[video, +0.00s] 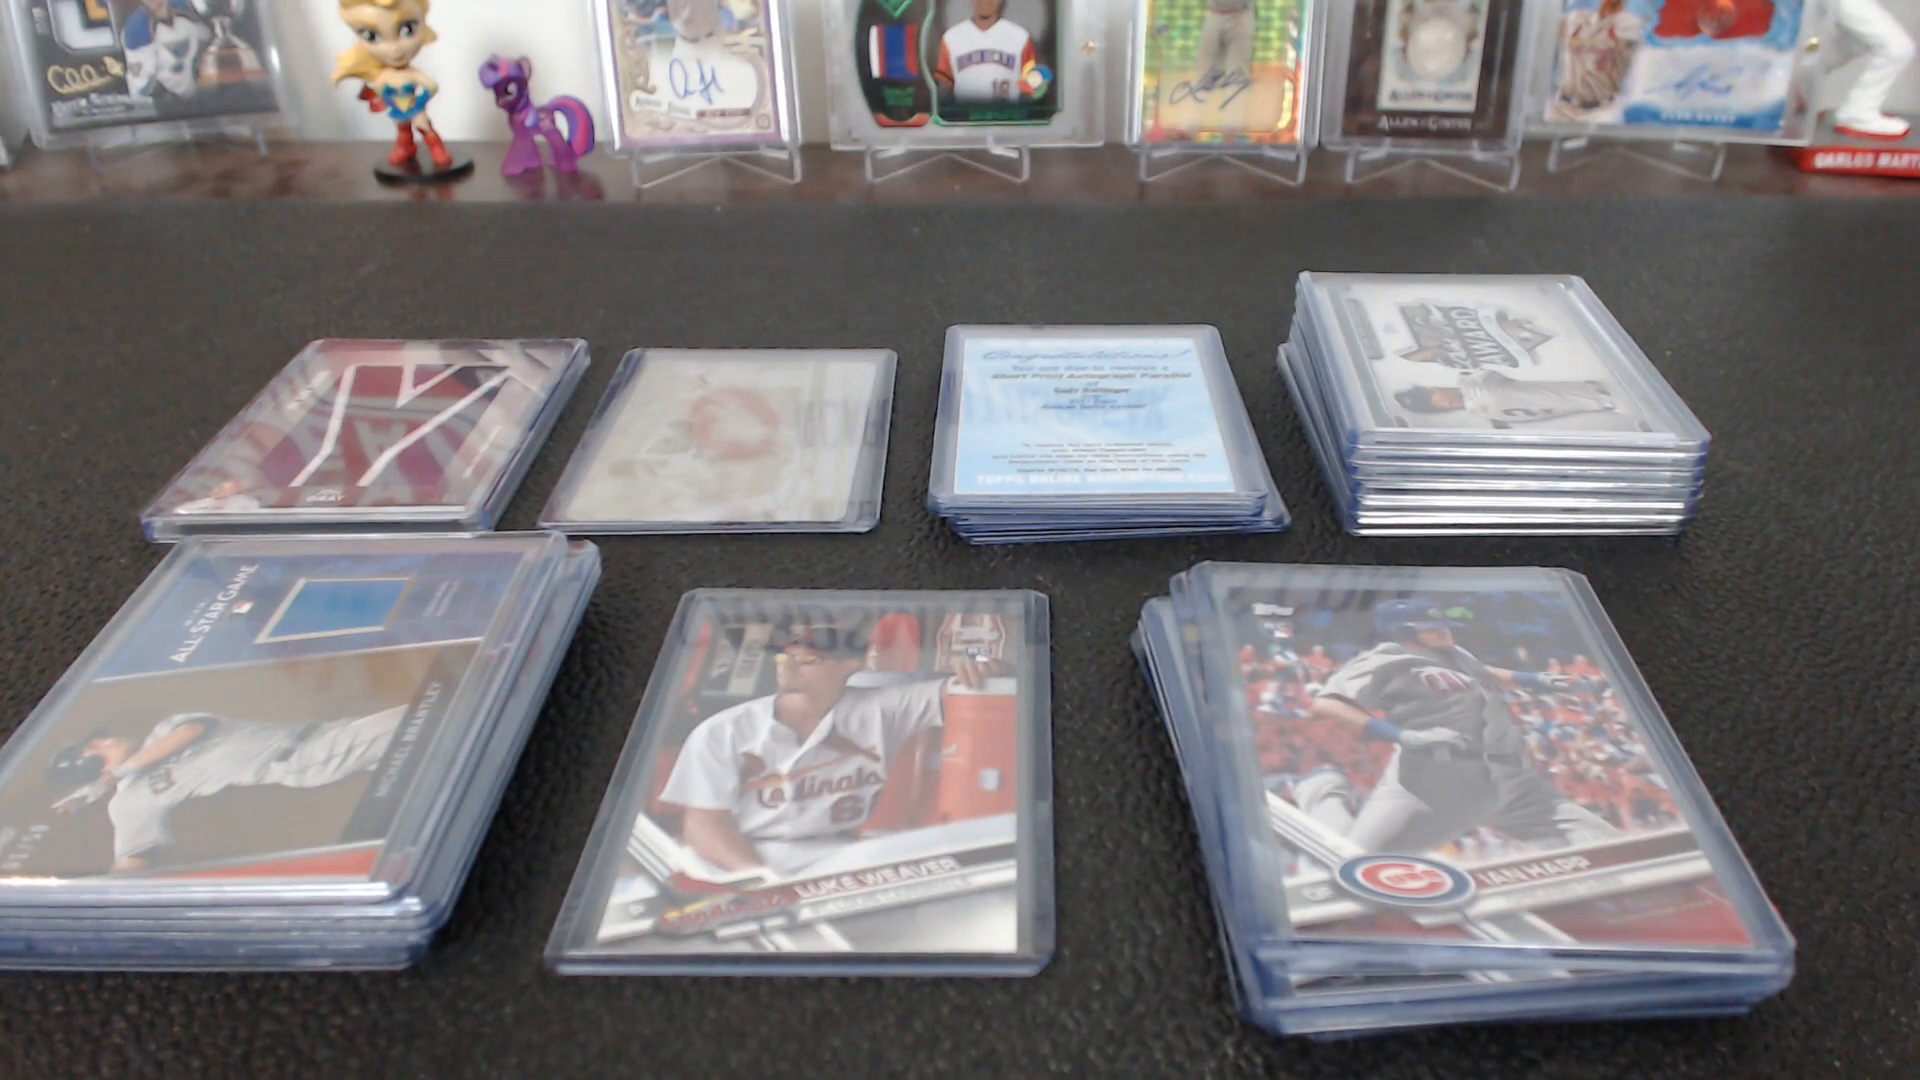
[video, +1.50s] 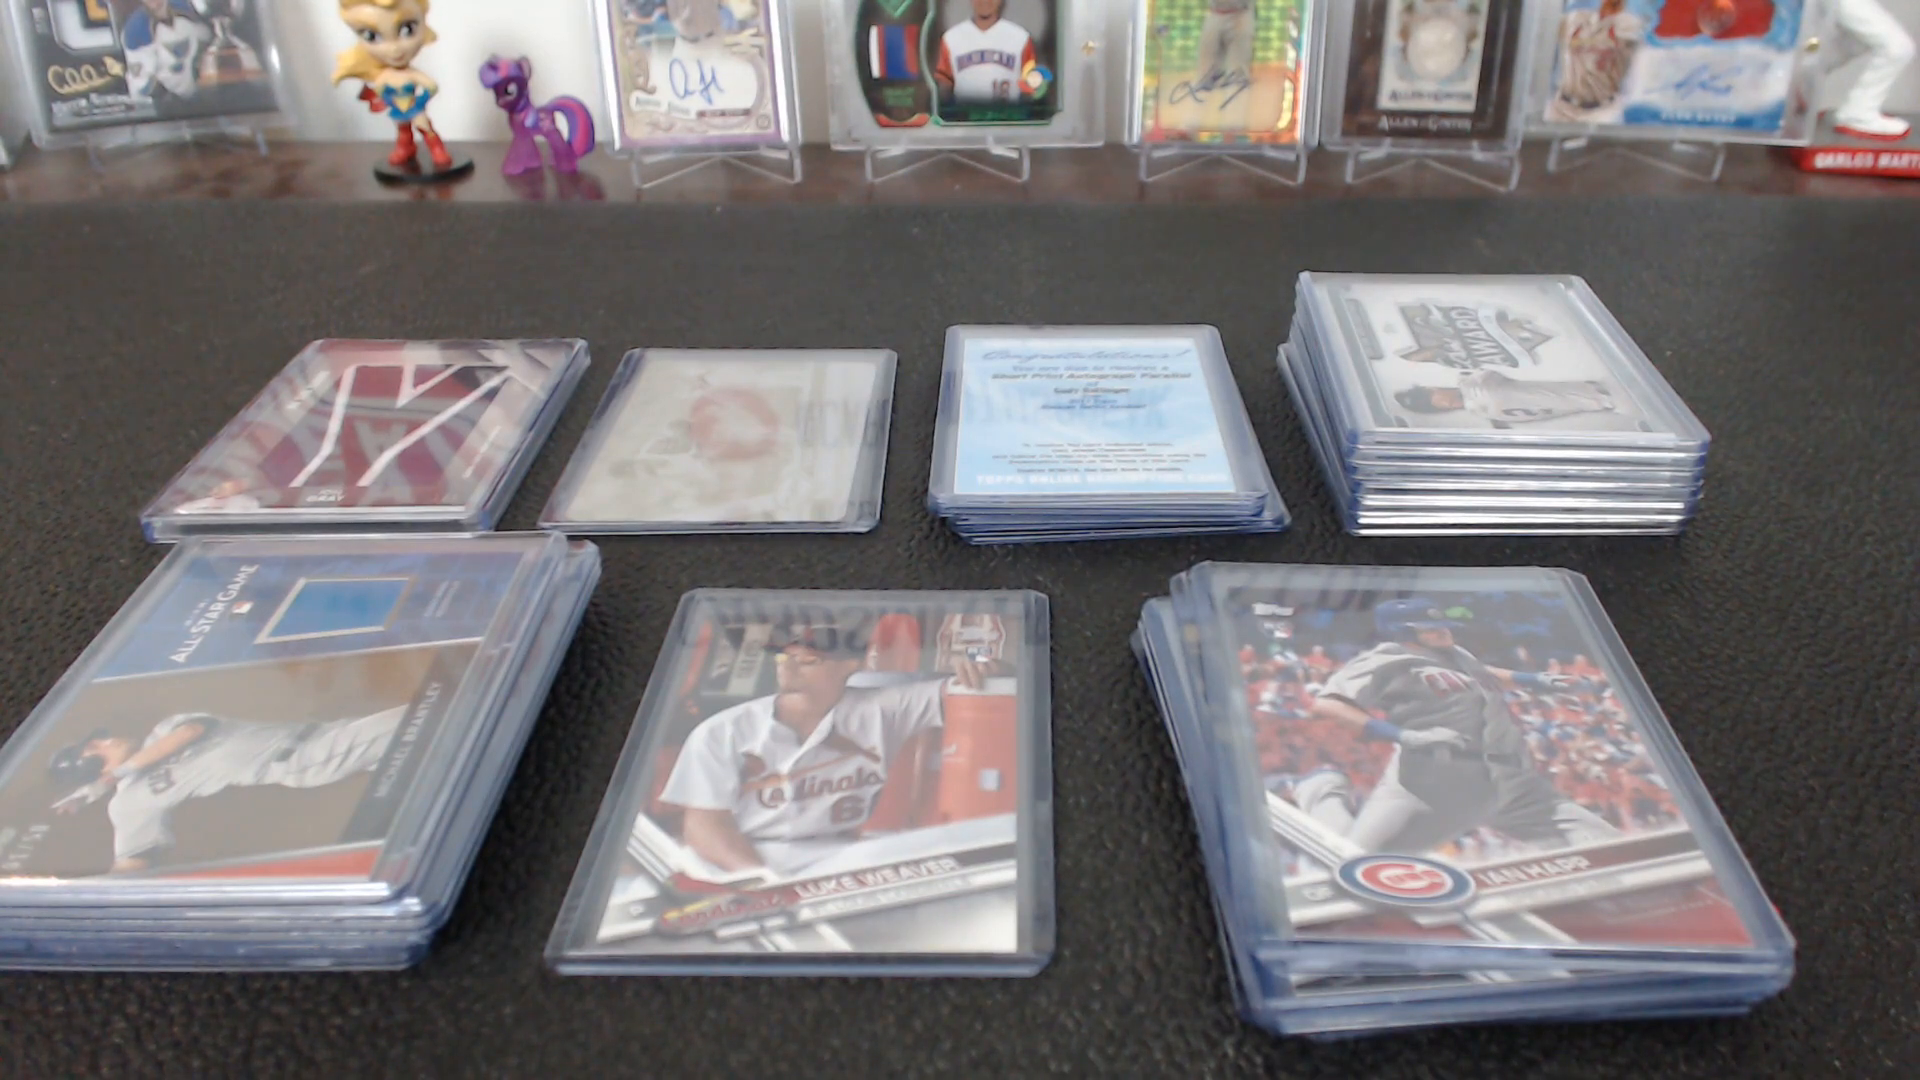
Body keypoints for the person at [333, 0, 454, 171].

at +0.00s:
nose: (394, 50)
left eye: (407, 30)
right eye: (371, 36)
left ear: (424, 27)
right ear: (358, 37)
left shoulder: (414, 74)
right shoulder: (377, 74)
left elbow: (427, 86)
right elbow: (370, 87)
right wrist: (376, 100)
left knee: (421, 121)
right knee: (401, 121)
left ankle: (436, 148)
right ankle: (405, 146)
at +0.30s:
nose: (394, 50)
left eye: (407, 30)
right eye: (371, 36)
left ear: (424, 28)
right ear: (358, 37)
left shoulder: (414, 74)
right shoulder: (377, 74)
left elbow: (426, 85)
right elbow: (369, 87)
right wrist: (375, 100)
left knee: (421, 121)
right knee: (401, 121)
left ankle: (436, 148)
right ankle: (405, 147)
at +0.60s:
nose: (394, 50)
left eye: (407, 30)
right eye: (371, 36)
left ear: (424, 27)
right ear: (358, 37)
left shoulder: (414, 74)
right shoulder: (377, 74)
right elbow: (370, 86)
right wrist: (375, 99)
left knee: (421, 121)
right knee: (401, 121)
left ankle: (436, 148)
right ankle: (405, 147)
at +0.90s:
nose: (394, 49)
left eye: (407, 30)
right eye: (371, 36)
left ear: (424, 28)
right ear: (358, 37)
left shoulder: (414, 75)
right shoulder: (379, 74)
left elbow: (426, 86)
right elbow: (369, 86)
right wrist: (375, 99)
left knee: (422, 122)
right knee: (401, 123)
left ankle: (436, 148)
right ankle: (405, 147)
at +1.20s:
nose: (394, 49)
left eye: (407, 30)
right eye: (371, 36)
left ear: (424, 28)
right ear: (358, 38)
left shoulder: (414, 74)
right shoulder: (378, 74)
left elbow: (426, 86)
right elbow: (369, 88)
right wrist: (375, 100)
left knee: (421, 122)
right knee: (401, 122)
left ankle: (436, 148)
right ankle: (405, 147)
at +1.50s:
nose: (394, 49)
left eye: (407, 30)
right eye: (371, 36)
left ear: (424, 27)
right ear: (358, 37)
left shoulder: (414, 75)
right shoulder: (377, 74)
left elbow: (426, 86)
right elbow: (369, 88)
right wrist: (375, 100)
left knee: (421, 121)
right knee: (401, 121)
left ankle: (436, 148)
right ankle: (405, 146)